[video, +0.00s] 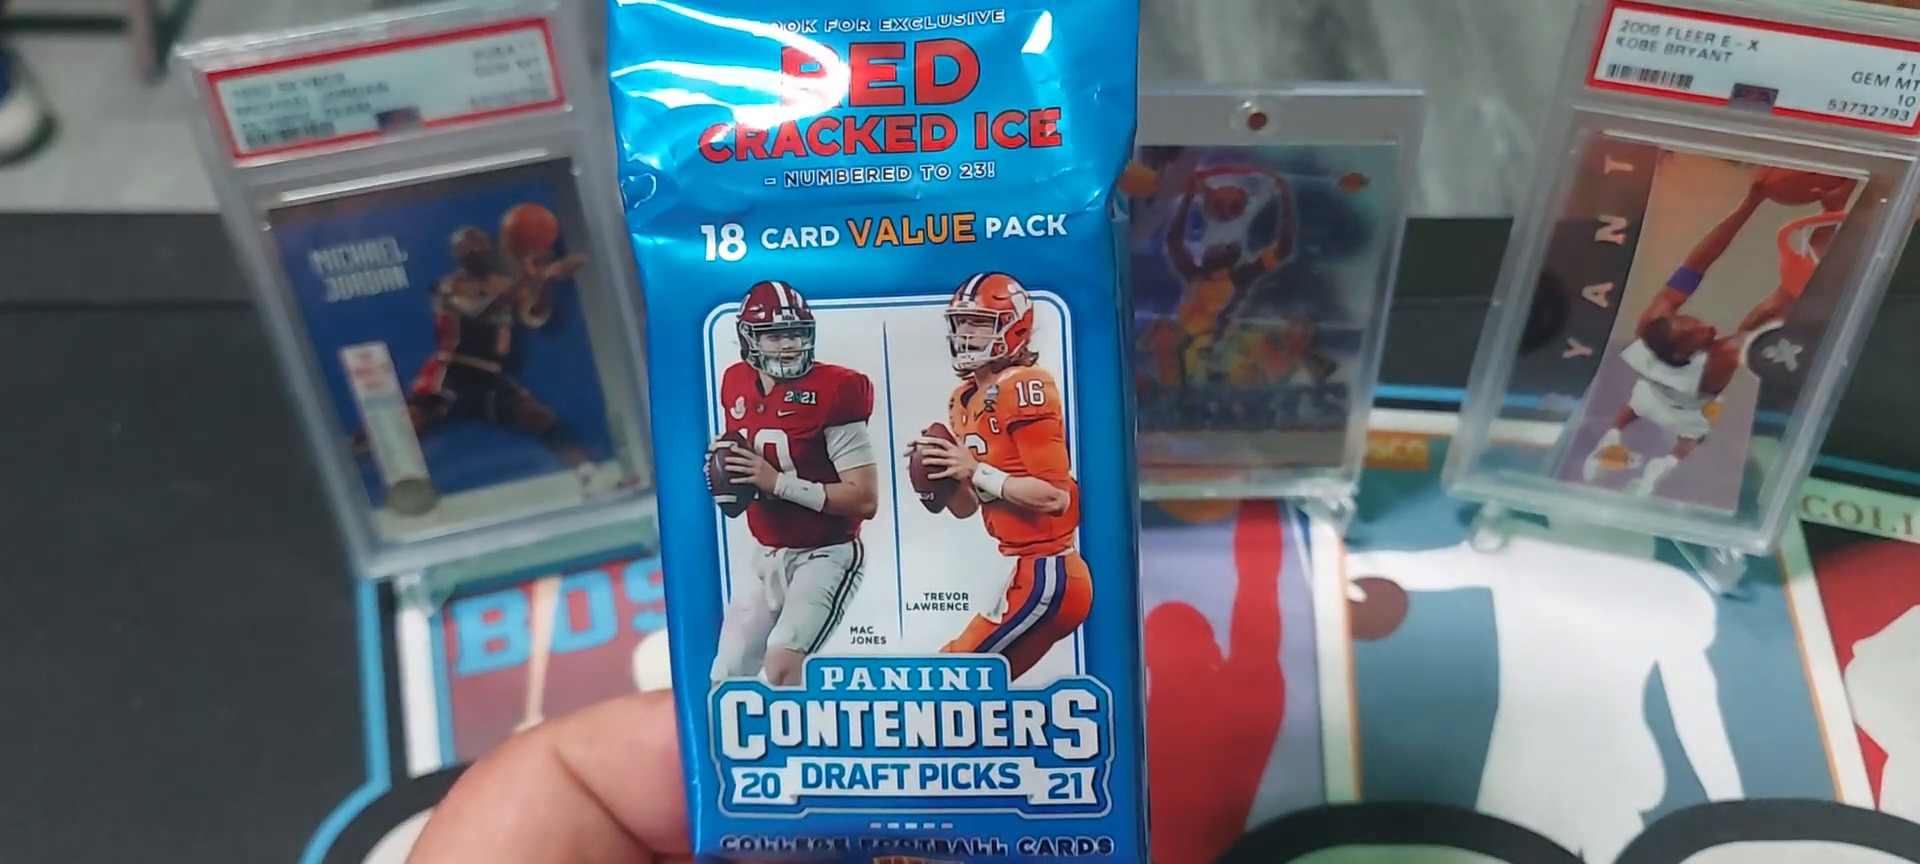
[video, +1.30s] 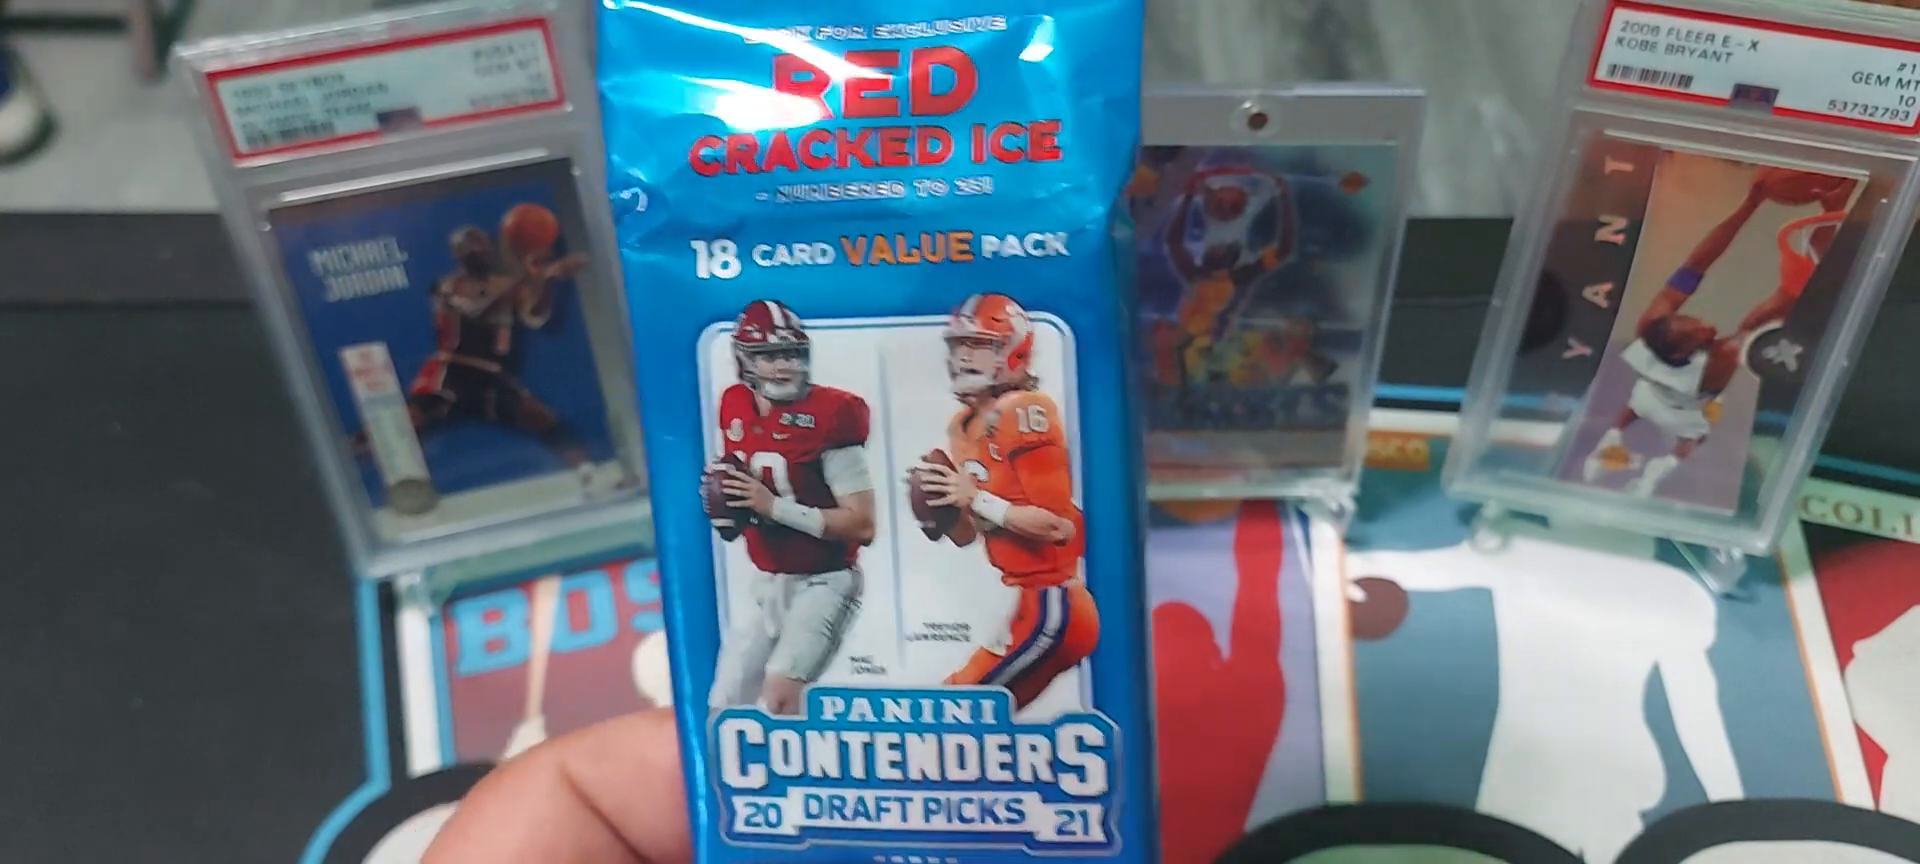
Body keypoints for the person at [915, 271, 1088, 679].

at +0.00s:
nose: (965, 336)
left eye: (979, 325)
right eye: (961, 324)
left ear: (1013, 329)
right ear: (951, 326)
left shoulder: (1025, 385)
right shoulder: (962, 399)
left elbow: (1053, 495)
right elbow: (964, 506)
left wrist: (974, 470)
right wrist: (935, 474)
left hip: (1047, 575)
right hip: (1030, 572)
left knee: (944, 682)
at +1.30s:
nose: (962, 358)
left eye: (978, 347)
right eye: (957, 345)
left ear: (1012, 355)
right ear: (947, 350)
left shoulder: (1025, 410)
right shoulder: (961, 424)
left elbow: (1058, 524)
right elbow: (964, 534)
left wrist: (975, 498)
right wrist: (935, 505)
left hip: (1052, 605)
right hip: (1029, 602)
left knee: (951, 712)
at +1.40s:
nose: (1033, 381)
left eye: (1049, 369)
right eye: (1028, 367)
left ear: (1083, 378)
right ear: (1018, 371)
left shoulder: (1095, 435)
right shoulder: (1032, 447)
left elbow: (1124, 551)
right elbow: (1029, 558)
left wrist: (1041, 523)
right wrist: (999, 528)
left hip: (1115, 633)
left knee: (1012, 739)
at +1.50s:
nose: (1087, 412)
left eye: (1103, 399)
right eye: (1082, 398)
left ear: (1139, 409)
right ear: (1074, 401)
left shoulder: (1151, 468)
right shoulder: (1086, 479)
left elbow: (1180, 587)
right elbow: (1081, 592)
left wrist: (1093, 556)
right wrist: (1050, 563)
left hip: (1169, 672)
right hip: (1145, 668)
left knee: (1057, 778)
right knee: (1073, 788)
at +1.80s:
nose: (1142, 409)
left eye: (1158, 398)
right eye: (1139, 397)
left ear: (1194, 406)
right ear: (1130, 400)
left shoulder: (1203, 468)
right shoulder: (1134, 474)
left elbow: (1222, 584)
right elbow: (1126, 588)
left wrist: (1140, 551)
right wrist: (1097, 555)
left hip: (1210, 669)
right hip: (1186, 664)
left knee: (1093, 768)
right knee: (1108, 779)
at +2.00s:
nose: (1187, 383)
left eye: (1203, 373)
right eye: (1184, 369)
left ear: (1238, 382)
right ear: (1173, 370)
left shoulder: (1242, 443)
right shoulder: (1173, 445)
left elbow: (1253, 559)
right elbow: (1158, 558)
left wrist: (1173, 522)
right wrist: (1135, 522)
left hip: (1236, 642)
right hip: (1213, 637)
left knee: (1112, 735)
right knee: (1129, 746)